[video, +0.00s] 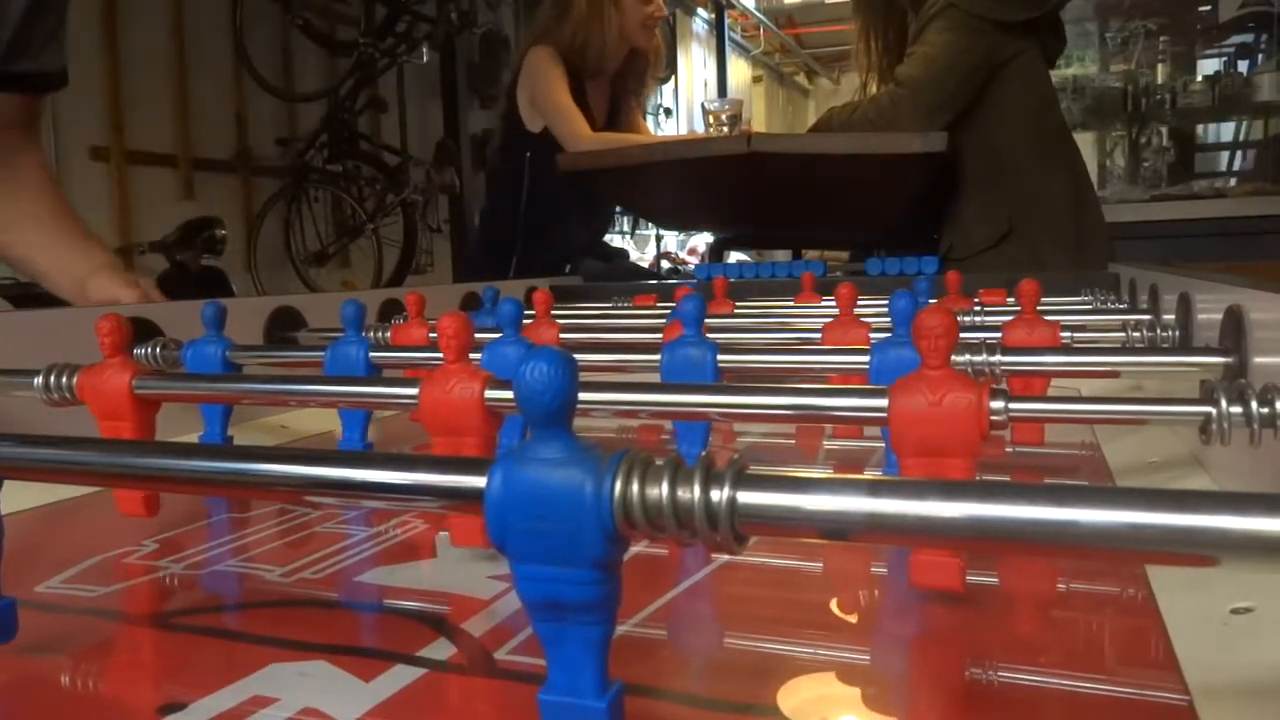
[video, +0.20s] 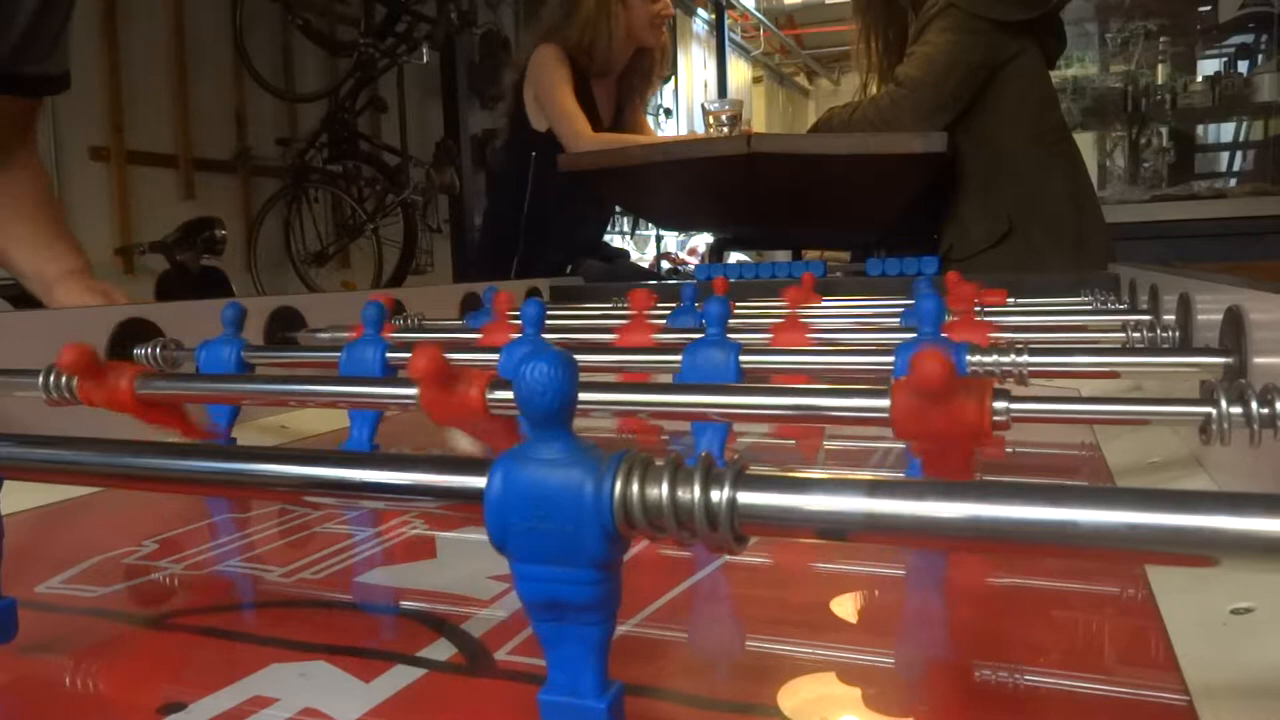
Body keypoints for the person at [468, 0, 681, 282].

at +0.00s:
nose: (661, 11)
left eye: (660, 2)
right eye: (646, 1)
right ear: (604, 7)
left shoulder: (615, 78)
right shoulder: (542, 61)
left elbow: (647, 150)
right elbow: (581, 144)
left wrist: (698, 145)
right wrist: (682, 146)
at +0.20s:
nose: (670, 9)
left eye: (669, 1)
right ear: (613, 6)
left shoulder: (621, 79)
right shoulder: (549, 60)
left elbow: (650, 151)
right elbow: (581, 144)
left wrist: (703, 146)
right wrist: (678, 147)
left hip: (579, 251)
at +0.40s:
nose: (670, 10)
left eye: (669, 1)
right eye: (655, 0)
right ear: (614, 7)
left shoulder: (625, 79)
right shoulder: (551, 59)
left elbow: (651, 152)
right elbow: (581, 143)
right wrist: (677, 148)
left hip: (580, 250)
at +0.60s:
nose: (667, 9)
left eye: (666, 2)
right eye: (652, 0)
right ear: (610, 7)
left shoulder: (620, 81)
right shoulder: (549, 60)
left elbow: (651, 151)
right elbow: (581, 143)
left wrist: (701, 146)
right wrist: (678, 147)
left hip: (580, 250)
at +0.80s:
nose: (661, 8)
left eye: (659, 1)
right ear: (606, 6)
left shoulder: (618, 78)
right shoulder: (545, 59)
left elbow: (648, 151)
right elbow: (581, 144)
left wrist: (694, 147)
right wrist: (676, 146)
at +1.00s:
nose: (661, 8)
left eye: (659, 1)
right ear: (606, 5)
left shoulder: (616, 78)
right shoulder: (544, 58)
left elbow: (650, 149)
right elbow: (581, 142)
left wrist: (701, 144)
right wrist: (679, 145)